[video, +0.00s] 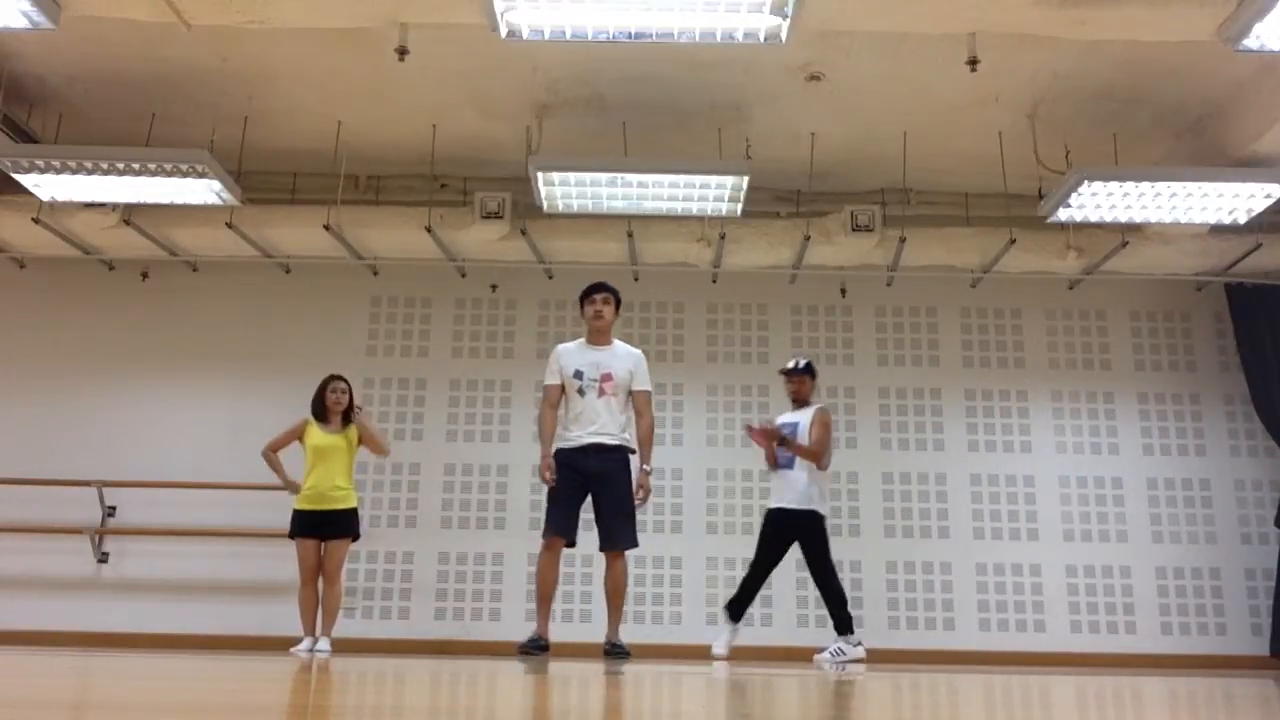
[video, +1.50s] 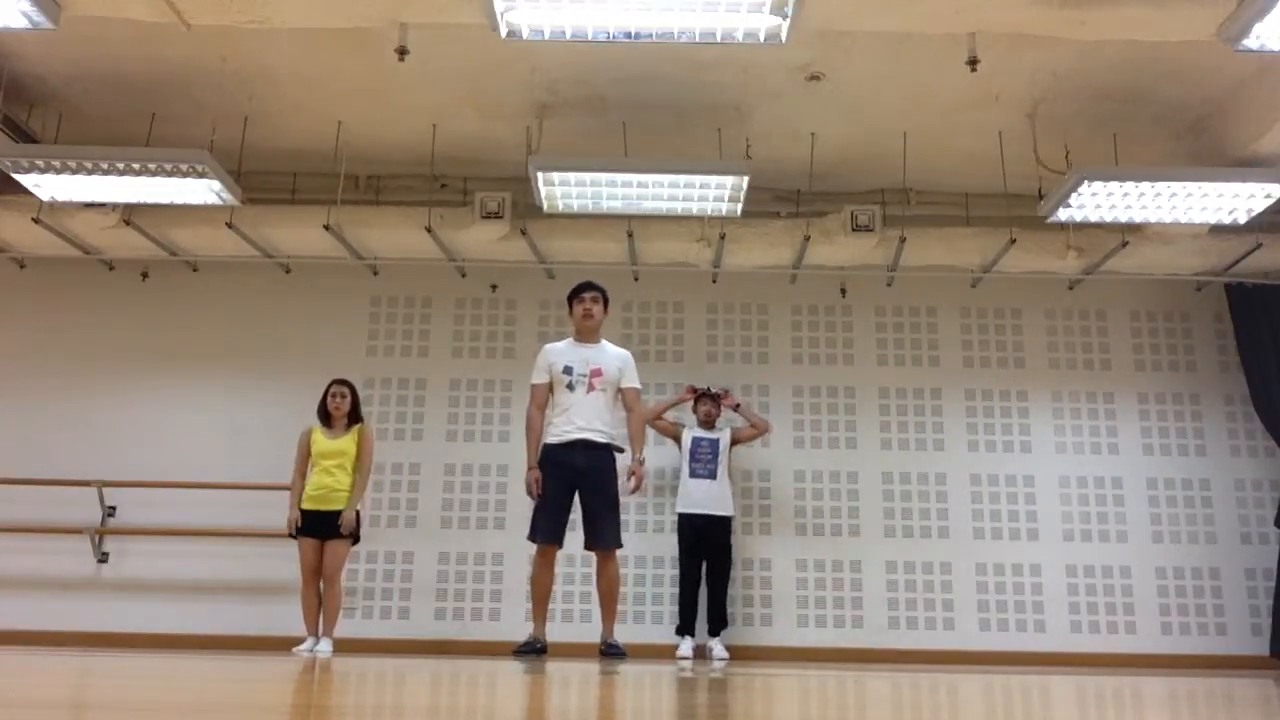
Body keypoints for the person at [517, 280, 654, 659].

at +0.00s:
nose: (598, 309)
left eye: (605, 304)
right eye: (592, 304)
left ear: (616, 312)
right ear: (582, 311)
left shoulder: (633, 358)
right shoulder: (562, 353)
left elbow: (644, 414)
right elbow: (550, 406)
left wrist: (644, 469)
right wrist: (546, 453)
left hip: (614, 459)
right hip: (569, 457)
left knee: (615, 550)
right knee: (552, 542)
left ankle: (614, 635)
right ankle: (541, 632)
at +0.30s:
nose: (603, 308)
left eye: (610, 303)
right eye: (597, 303)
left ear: (621, 312)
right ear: (587, 311)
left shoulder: (638, 357)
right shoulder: (568, 355)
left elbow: (651, 413)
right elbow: (559, 409)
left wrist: (651, 465)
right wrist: (561, 458)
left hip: (618, 458)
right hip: (575, 455)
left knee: (617, 549)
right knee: (553, 539)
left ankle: (614, 635)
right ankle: (543, 628)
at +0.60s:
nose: (588, 306)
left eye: (595, 301)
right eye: (582, 301)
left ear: (606, 310)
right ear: (572, 311)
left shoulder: (624, 356)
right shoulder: (553, 354)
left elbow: (634, 411)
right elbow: (543, 409)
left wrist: (632, 461)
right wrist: (541, 459)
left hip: (606, 456)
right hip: (562, 454)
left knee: (609, 550)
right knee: (548, 546)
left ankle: (612, 636)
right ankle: (539, 635)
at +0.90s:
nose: (576, 304)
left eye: (584, 299)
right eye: (570, 299)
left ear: (594, 309)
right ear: (559, 309)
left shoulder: (612, 353)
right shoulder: (542, 353)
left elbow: (622, 406)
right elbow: (528, 411)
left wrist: (617, 451)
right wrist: (523, 466)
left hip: (598, 455)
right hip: (554, 456)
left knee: (608, 538)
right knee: (544, 547)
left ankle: (611, 628)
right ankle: (539, 635)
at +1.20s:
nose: (588, 307)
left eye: (595, 301)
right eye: (582, 302)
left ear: (607, 311)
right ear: (572, 312)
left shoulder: (625, 356)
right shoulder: (556, 355)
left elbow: (635, 412)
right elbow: (541, 409)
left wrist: (630, 464)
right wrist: (533, 458)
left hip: (606, 457)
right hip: (561, 455)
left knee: (609, 549)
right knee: (541, 533)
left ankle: (608, 635)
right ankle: (534, 621)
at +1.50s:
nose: (587, 307)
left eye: (594, 302)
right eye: (581, 302)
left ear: (605, 311)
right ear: (570, 312)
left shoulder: (621, 357)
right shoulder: (551, 353)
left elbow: (634, 409)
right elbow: (536, 409)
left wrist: (637, 456)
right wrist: (532, 464)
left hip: (601, 457)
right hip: (556, 456)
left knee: (606, 549)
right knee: (546, 547)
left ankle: (609, 636)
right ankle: (538, 635)